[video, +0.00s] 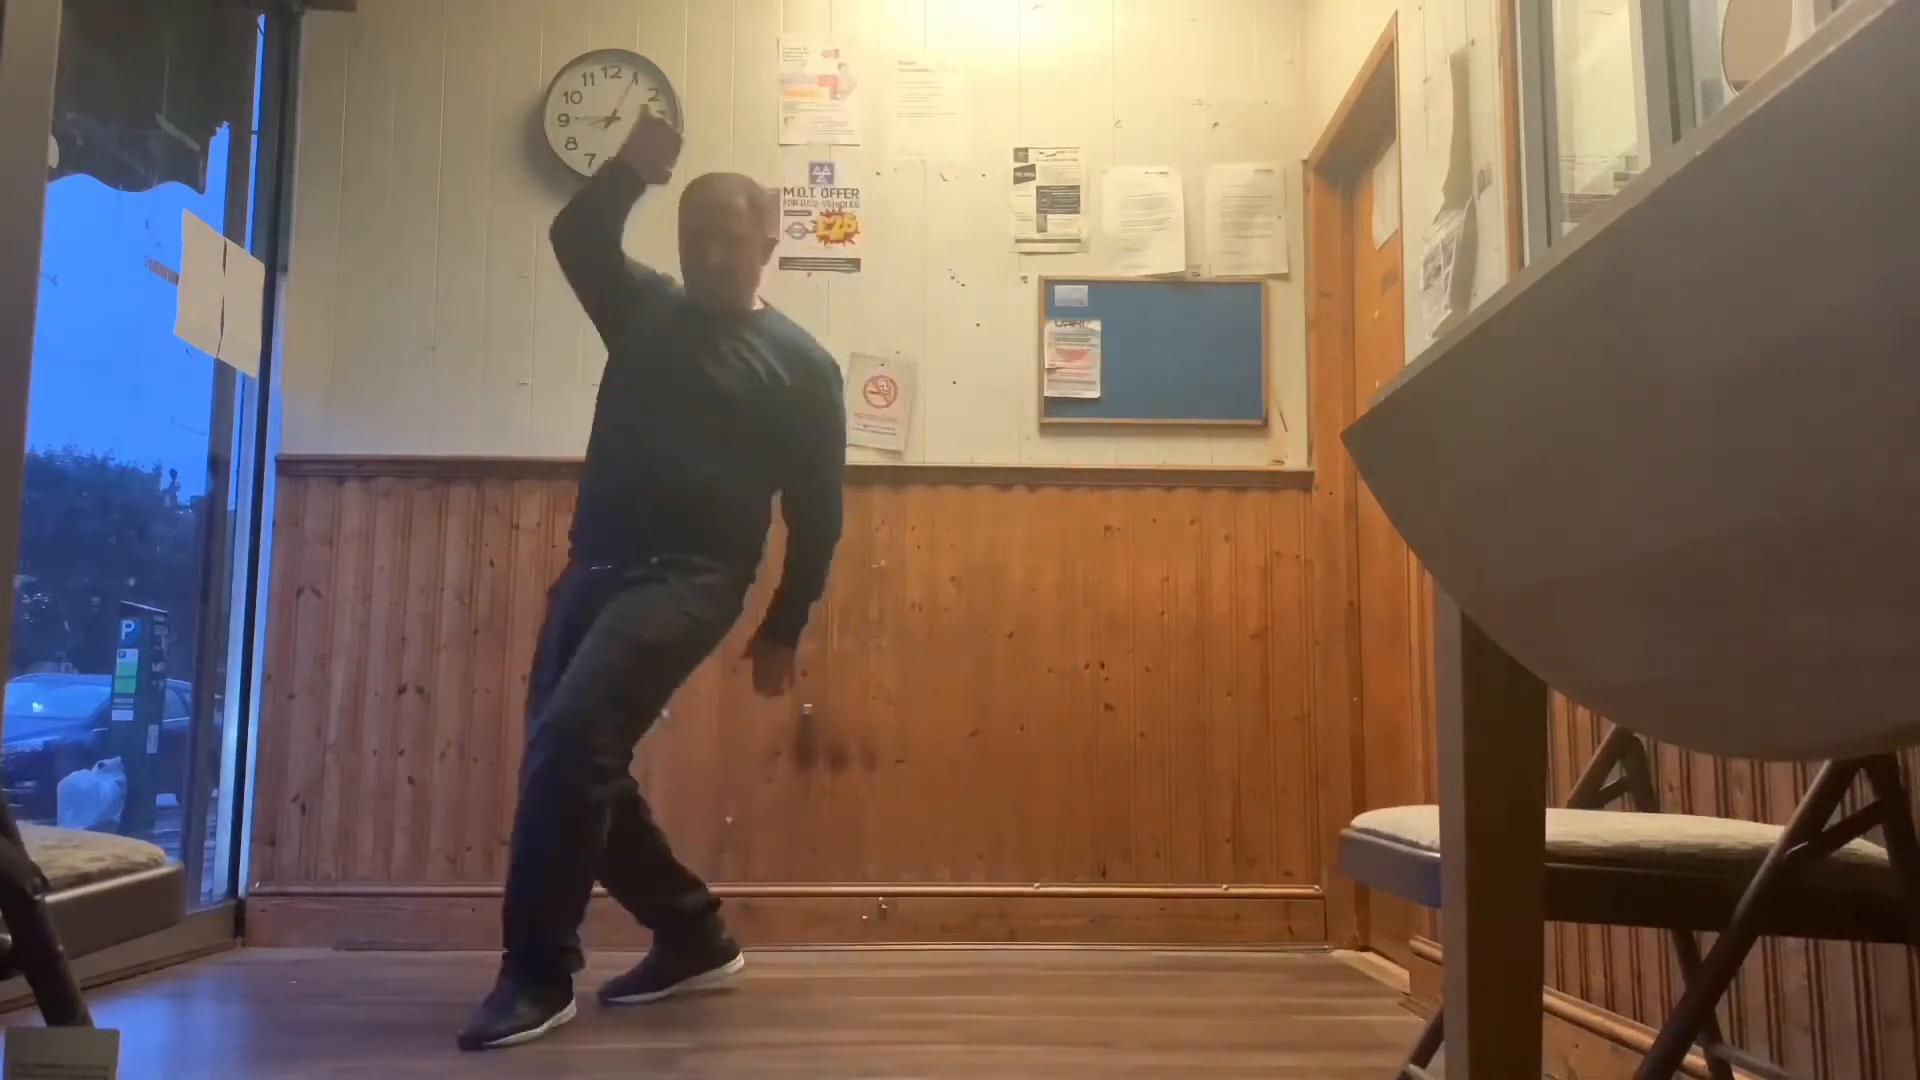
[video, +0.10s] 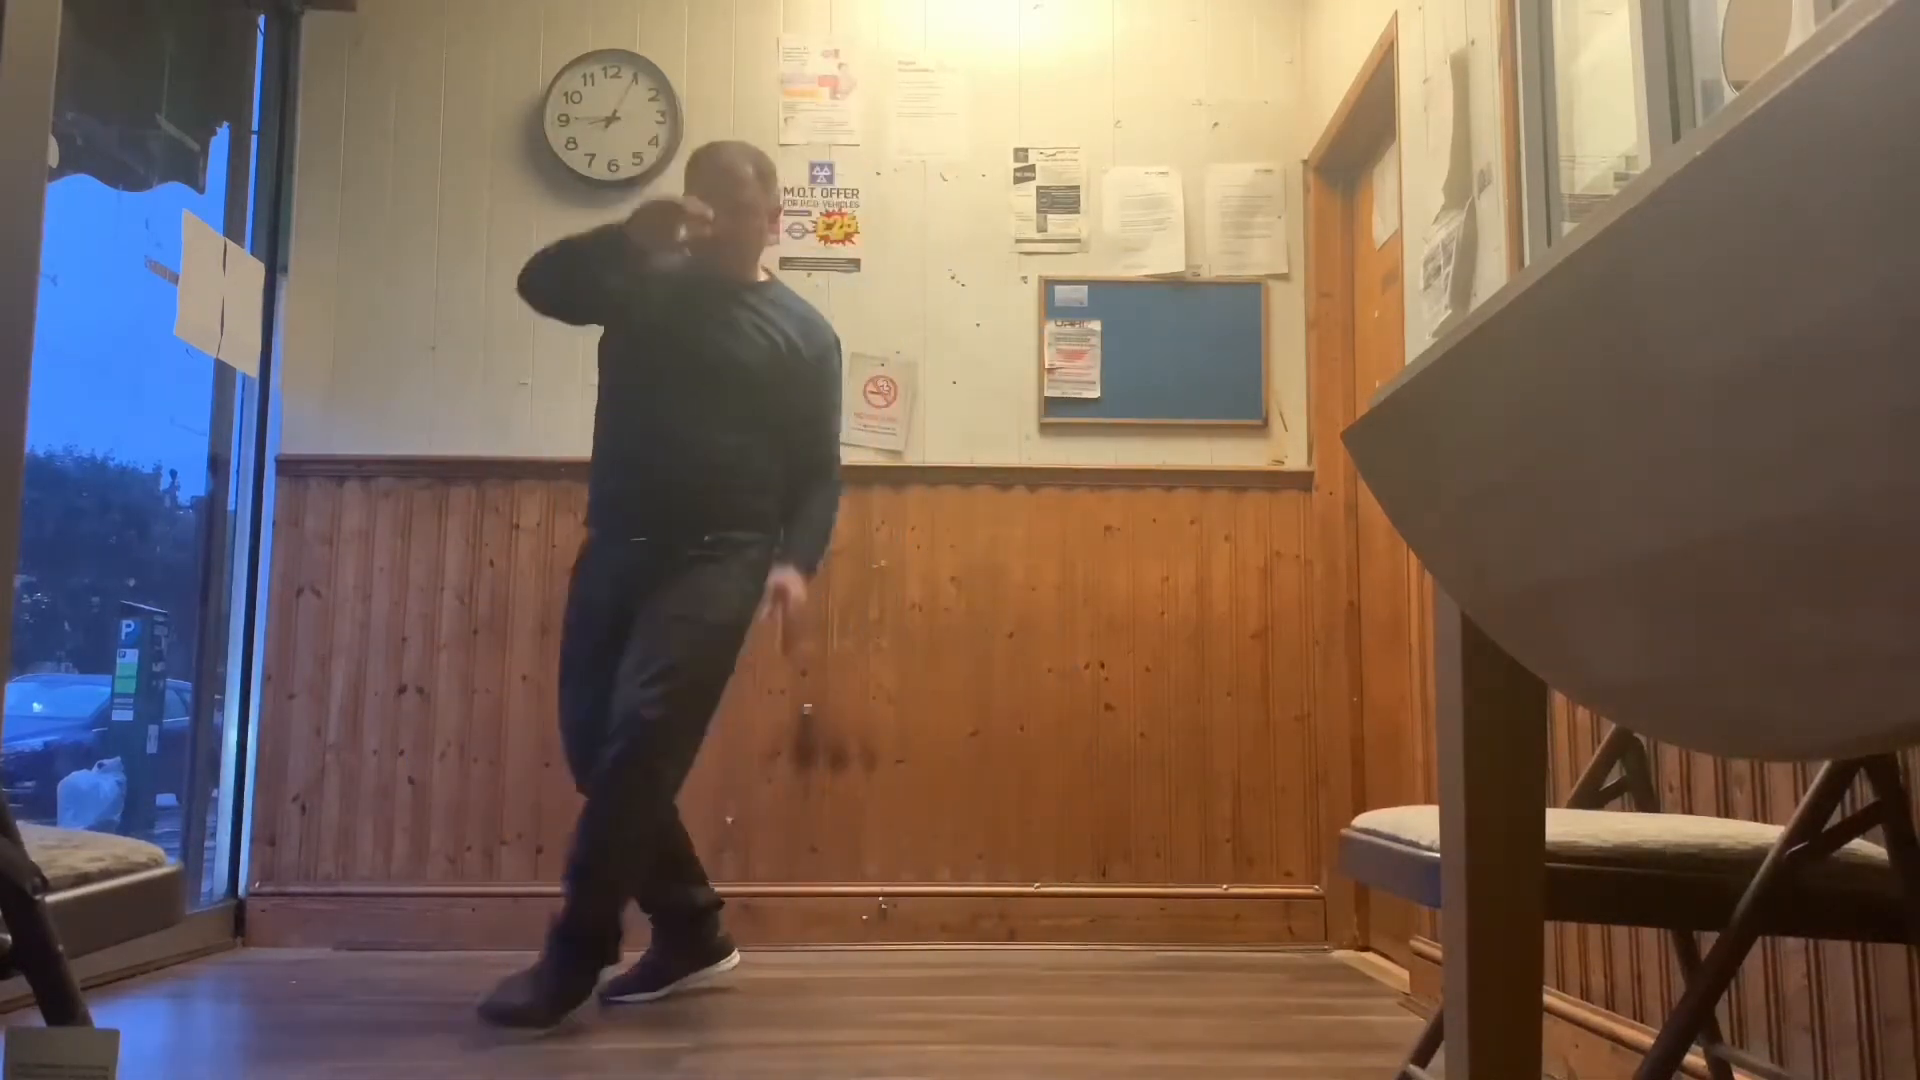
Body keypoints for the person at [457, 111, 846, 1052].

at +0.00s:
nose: (698, 255)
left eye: (718, 241)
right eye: (692, 237)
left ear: (765, 246)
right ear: (681, 238)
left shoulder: (802, 370)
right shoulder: (642, 312)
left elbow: (816, 518)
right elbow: (581, 240)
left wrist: (784, 628)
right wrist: (628, 171)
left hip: (691, 577)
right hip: (596, 569)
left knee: (572, 738)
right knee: (564, 757)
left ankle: (537, 978)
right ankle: (691, 929)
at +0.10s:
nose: (712, 222)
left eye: (733, 207)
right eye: (703, 206)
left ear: (774, 216)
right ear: (683, 216)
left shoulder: (804, 332)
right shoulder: (640, 289)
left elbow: (820, 467)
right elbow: (539, 281)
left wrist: (798, 554)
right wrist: (630, 239)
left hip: (723, 558)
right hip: (619, 549)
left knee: (640, 738)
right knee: (596, 744)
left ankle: (568, 963)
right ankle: (691, 928)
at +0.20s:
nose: (737, 209)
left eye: (753, 198)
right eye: (723, 196)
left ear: (783, 216)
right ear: (697, 209)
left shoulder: (807, 322)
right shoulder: (643, 294)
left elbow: (865, 455)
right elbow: (518, 321)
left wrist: (853, 432)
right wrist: (606, 281)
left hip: (744, 546)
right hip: (640, 544)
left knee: (708, 696)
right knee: (627, 749)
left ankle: (721, 910)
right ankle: (666, 937)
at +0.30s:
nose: (756, 203)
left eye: (773, 196)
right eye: (741, 189)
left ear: (793, 223)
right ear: (705, 208)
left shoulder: (812, 311)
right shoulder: (648, 287)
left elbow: (898, 412)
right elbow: (551, 267)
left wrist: (887, 400)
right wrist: (655, 201)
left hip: (768, 545)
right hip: (658, 549)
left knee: (790, 685)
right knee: (646, 765)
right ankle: (678, 942)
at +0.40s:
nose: (784, 173)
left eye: (797, 161)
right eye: (765, 157)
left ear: (811, 180)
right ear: (726, 166)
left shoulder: (831, 284)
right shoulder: (668, 255)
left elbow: (878, 384)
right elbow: (628, 192)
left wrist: (906, 461)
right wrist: (734, 117)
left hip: (806, 515)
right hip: (693, 523)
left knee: (847, 683)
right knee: (694, 737)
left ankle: (853, 841)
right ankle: (700, 929)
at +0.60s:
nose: (846, 224)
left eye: (855, 209)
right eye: (830, 208)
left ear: (861, 221)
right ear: (786, 209)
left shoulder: (869, 312)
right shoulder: (732, 287)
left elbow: (890, 448)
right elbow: (789, 196)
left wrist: (896, 561)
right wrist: (882, 134)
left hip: (859, 570)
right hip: (750, 572)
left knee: (900, 749)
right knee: (738, 771)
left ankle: (912, 947)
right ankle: (730, 942)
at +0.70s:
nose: (889, 232)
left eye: (898, 217)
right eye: (874, 214)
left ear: (907, 215)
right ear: (827, 202)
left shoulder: (903, 307)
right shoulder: (772, 274)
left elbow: (932, 430)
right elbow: (777, 317)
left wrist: (963, 547)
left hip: (890, 562)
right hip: (782, 563)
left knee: (941, 726)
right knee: (751, 750)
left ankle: (909, 938)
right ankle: (696, 921)